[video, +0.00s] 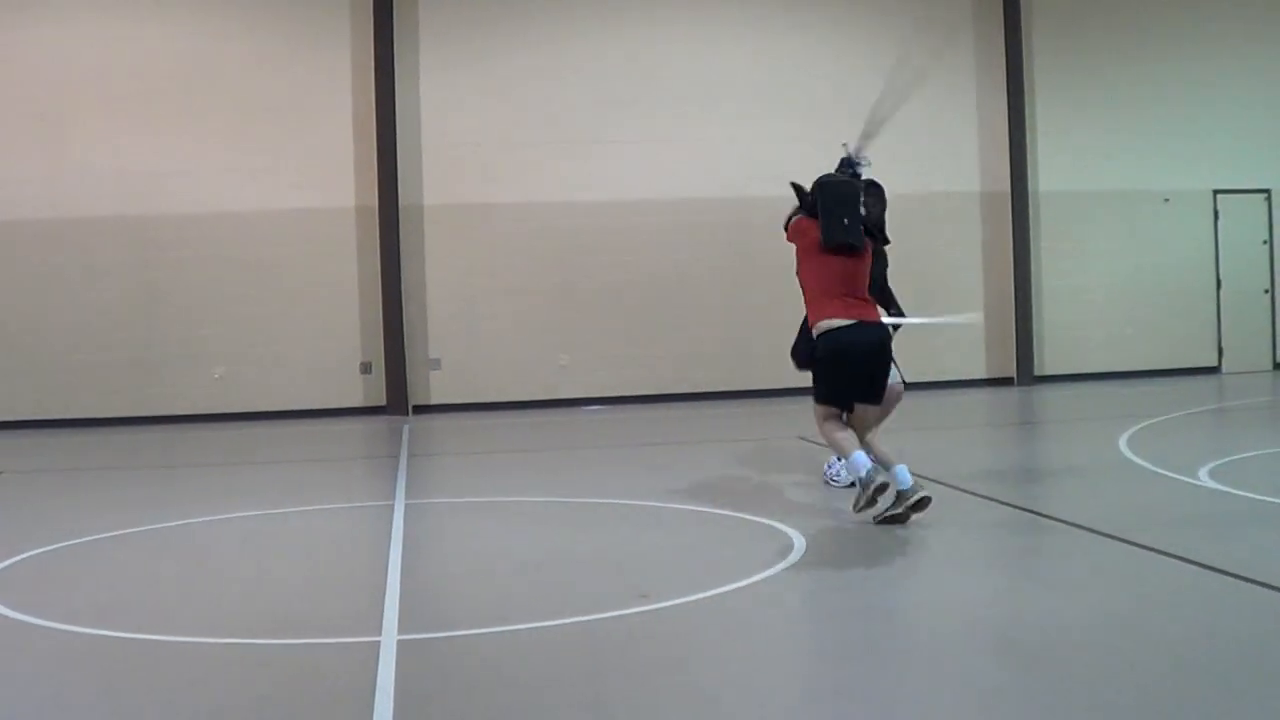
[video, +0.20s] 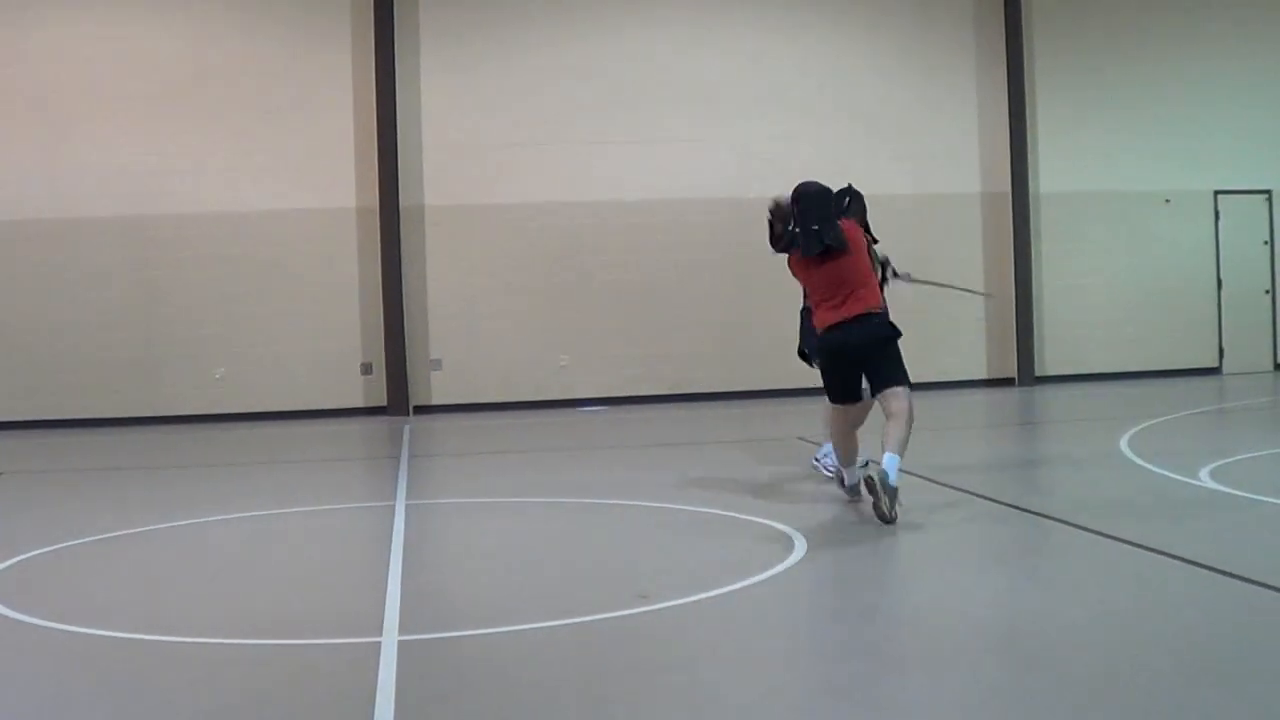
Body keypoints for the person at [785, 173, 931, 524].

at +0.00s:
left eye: (807, 203)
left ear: (815, 205)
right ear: (853, 205)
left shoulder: (804, 231)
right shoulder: (865, 239)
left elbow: (794, 220)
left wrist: (820, 203)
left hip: (832, 340)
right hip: (874, 335)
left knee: (828, 419)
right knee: (859, 427)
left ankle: (866, 474)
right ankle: (906, 485)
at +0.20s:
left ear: (798, 218)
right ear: (831, 208)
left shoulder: (797, 260)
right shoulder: (852, 232)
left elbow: (788, 245)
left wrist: (790, 221)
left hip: (831, 340)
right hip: (874, 331)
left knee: (843, 419)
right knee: (898, 410)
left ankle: (851, 483)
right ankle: (888, 475)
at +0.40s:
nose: (848, 222)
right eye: (844, 218)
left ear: (806, 231)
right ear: (841, 223)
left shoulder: (804, 270)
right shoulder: (862, 252)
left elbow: (807, 312)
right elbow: (888, 299)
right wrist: (903, 339)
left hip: (822, 344)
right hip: (862, 337)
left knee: (845, 408)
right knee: (883, 413)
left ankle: (850, 477)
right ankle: (870, 455)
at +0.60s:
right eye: (859, 204)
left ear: (823, 210)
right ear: (857, 207)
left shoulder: (809, 248)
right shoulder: (869, 240)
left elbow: (802, 294)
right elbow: (883, 288)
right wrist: (900, 325)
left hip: (814, 324)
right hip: (853, 320)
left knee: (829, 400)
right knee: (870, 392)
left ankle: (843, 475)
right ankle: (879, 465)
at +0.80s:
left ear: (824, 203)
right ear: (857, 203)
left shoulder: (808, 241)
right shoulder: (872, 239)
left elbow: (794, 277)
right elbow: (894, 282)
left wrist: (822, 276)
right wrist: (919, 316)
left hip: (815, 329)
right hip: (854, 328)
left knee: (828, 401)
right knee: (860, 399)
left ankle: (846, 471)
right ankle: (865, 466)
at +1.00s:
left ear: (812, 207)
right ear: (843, 203)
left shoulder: (804, 241)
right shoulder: (863, 240)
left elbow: (783, 247)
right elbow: (888, 282)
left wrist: (786, 216)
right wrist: (909, 318)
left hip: (816, 333)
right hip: (856, 330)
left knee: (814, 396)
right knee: (858, 395)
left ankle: (828, 447)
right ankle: (859, 467)